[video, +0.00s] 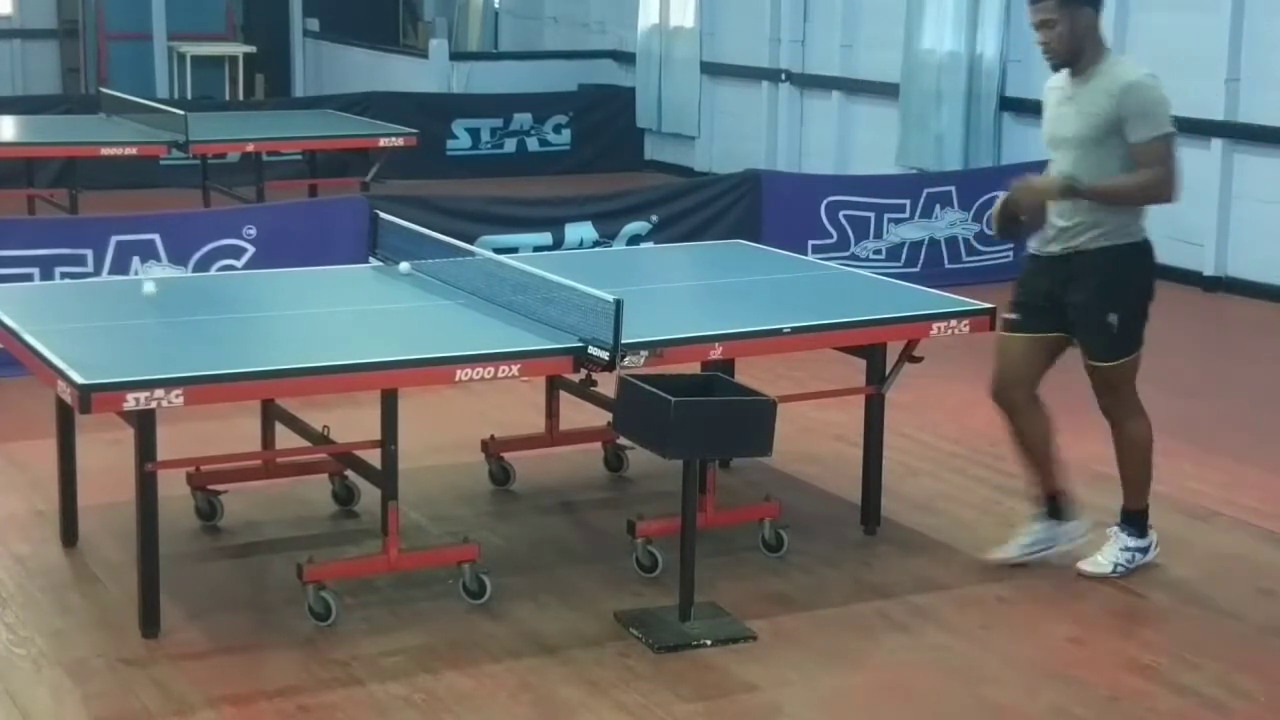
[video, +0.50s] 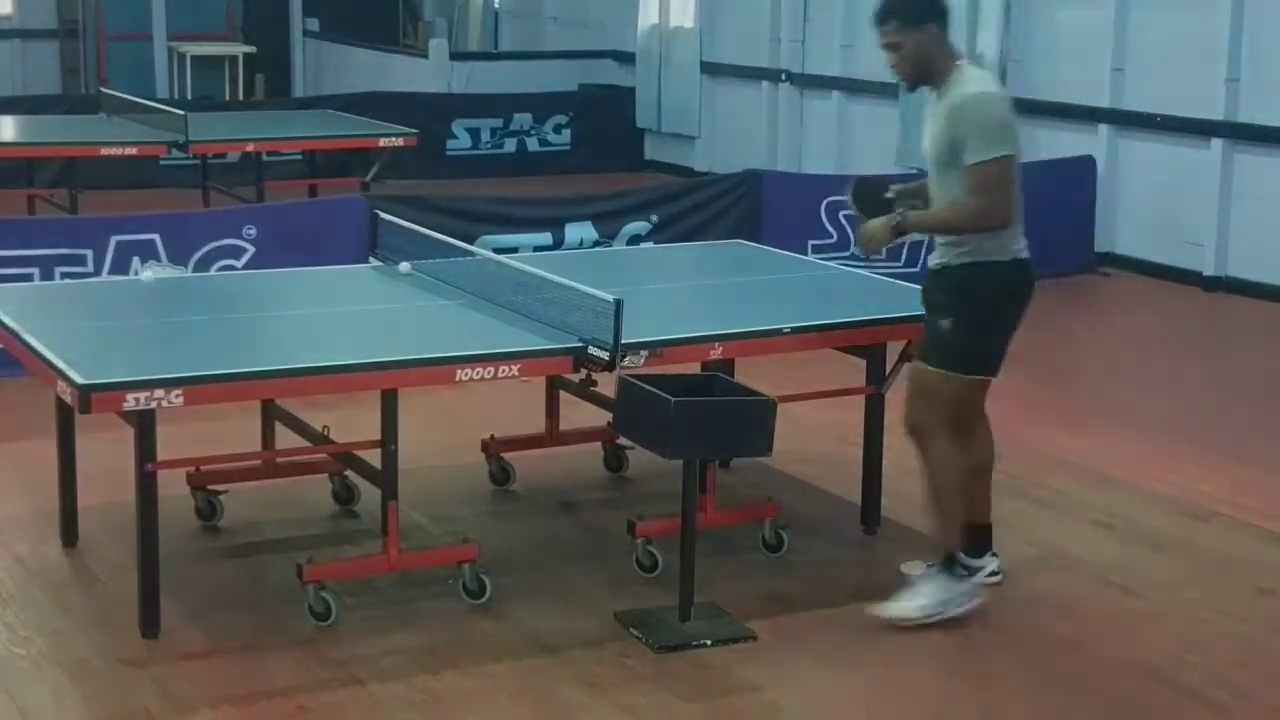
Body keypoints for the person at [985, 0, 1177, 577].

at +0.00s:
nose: (1040, 39)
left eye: (1048, 25)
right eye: (1035, 28)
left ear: (1087, 17)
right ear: (1042, 28)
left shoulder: (1135, 87)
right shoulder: (1057, 87)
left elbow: (1162, 184)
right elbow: (1075, 176)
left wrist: (1062, 188)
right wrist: (1030, 203)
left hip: (1112, 263)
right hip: (1053, 261)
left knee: (1117, 397)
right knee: (1010, 386)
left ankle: (1136, 532)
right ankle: (1056, 515)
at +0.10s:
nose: (1014, 41)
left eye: (1023, 27)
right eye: (1010, 30)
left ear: (1062, 22)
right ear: (1011, 32)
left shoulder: (1104, 91)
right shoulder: (1036, 95)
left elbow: (1113, 195)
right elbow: (1056, 190)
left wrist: (1017, 184)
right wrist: (1013, 204)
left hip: (1090, 270)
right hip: (1029, 268)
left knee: (1105, 401)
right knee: (995, 398)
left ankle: (1134, 533)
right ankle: (984, 542)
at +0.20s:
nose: (983, 50)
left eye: (992, 36)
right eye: (980, 38)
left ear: (1030, 31)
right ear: (1002, 37)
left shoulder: (1070, 100)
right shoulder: (1014, 99)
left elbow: (1072, 206)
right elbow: (1027, 192)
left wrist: (977, 197)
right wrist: (981, 213)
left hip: (1061, 276)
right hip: (1005, 273)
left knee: (1070, 409)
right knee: (968, 401)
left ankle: (1126, 524)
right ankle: (975, 548)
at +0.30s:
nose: (953, 55)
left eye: (962, 41)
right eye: (951, 43)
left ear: (1001, 33)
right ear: (967, 43)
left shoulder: (1041, 101)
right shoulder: (991, 99)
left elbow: (1043, 209)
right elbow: (999, 194)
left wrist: (950, 207)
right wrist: (943, 212)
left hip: (1027, 278)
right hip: (976, 272)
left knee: (1009, 421)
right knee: (952, 405)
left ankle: (1092, 503)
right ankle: (973, 549)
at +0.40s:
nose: (922, 56)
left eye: (929, 42)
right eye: (919, 45)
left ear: (967, 32)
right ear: (944, 40)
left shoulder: (1012, 99)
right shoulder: (966, 99)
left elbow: (1022, 207)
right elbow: (978, 192)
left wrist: (927, 211)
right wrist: (921, 206)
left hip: (1006, 275)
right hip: (964, 269)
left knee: (957, 413)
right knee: (950, 412)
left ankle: (1033, 522)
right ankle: (972, 548)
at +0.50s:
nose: (890, 61)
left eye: (897, 46)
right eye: (886, 49)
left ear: (935, 34)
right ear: (911, 43)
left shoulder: (978, 102)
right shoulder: (943, 98)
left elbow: (994, 210)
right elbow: (964, 185)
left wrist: (902, 223)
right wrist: (912, 196)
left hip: (985, 275)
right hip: (964, 270)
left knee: (926, 418)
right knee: (964, 418)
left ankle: (958, 567)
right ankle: (976, 554)